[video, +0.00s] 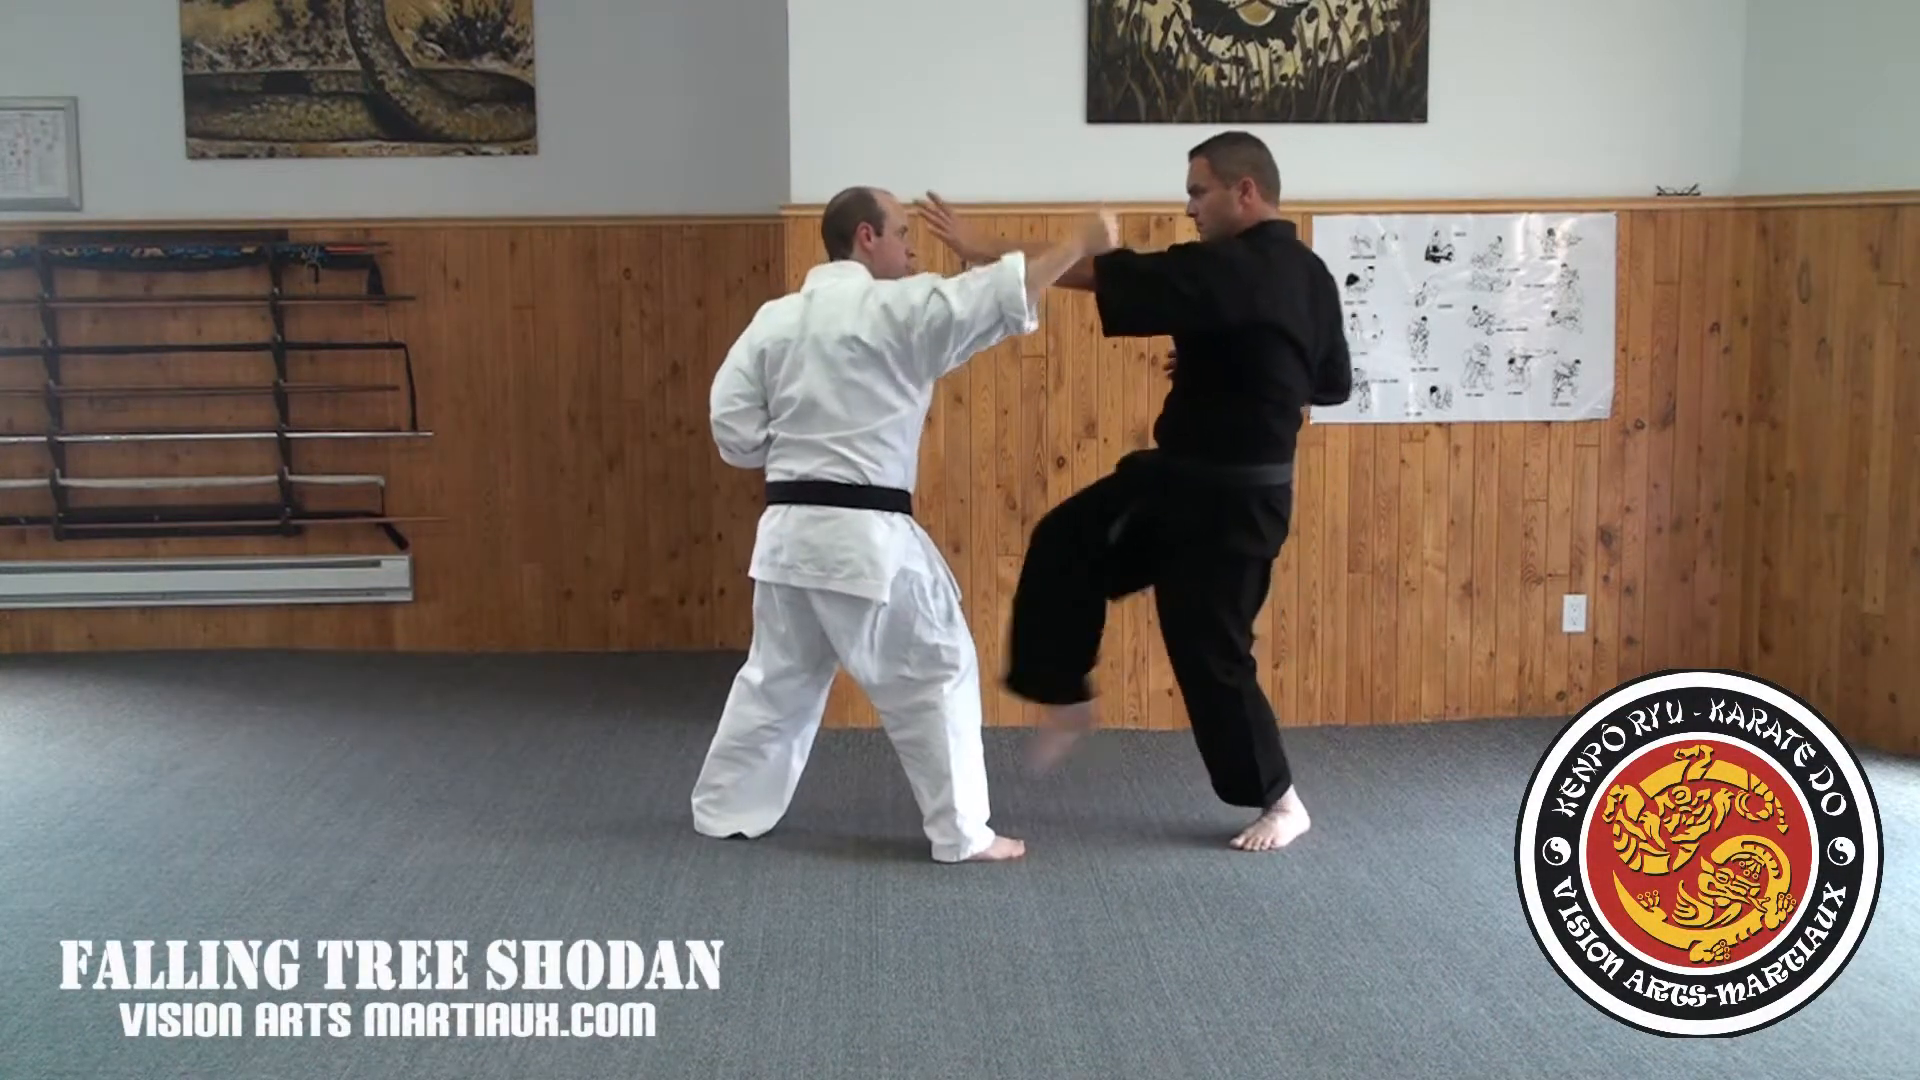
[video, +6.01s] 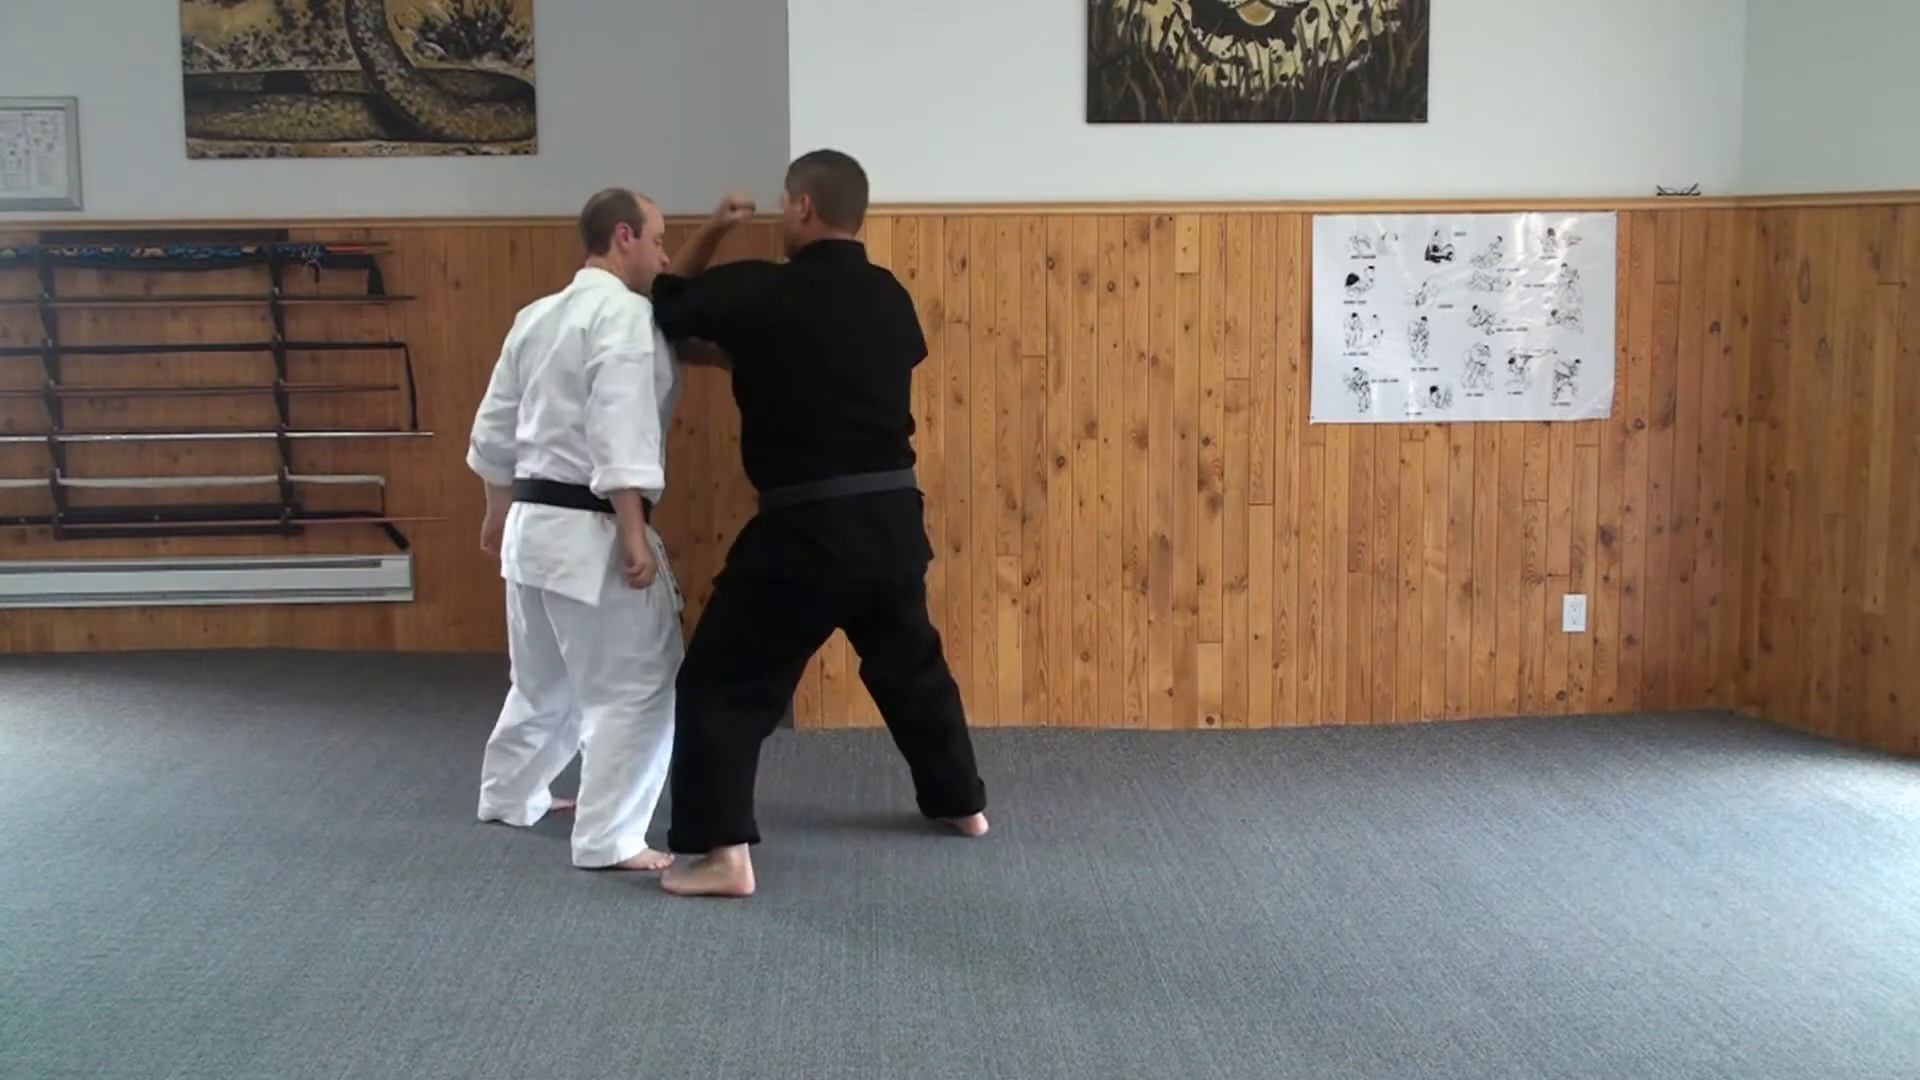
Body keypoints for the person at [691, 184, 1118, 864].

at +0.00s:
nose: (911, 249)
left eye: (910, 235)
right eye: (903, 236)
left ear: (841, 243)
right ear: (866, 240)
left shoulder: (775, 316)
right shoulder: (903, 305)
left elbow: (730, 416)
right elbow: (991, 293)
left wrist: (783, 462)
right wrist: (1079, 246)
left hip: (784, 529)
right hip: (869, 534)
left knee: (774, 675)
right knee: (935, 673)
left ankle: (722, 812)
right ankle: (962, 833)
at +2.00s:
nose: (844, 260)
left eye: (839, 247)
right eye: (835, 248)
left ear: (781, 264)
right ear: (807, 257)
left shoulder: (739, 355)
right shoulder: (843, 337)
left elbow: (728, 477)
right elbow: (879, 451)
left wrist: (793, 496)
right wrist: (924, 535)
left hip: (794, 551)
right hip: (871, 545)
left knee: (788, 677)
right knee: (958, 666)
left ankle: (723, 807)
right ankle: (965, 830)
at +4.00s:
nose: (835, 262)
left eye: (833, 248)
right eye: (826, 248)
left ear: (775, 256)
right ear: (790, 253)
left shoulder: (714, 351)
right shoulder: (813, 343)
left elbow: (703, 463)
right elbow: (841, 458)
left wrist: (761, 505)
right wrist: (882, 547)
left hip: (768, 549)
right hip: (837, 546)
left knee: (782, 677)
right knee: (932, 664)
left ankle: (721, 807)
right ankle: (963, 831)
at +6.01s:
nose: (664, 253)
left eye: (664, 239)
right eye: (658, 239)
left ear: (598, 243)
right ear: (624, 240)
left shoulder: (536, 315)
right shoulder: (626, 316)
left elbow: (494, 427)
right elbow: (620, 426)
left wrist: (497, 505)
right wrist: (634, 529)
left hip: (529, 527)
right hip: (595, 530)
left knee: (543, 683)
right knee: (640, 685)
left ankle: (510, 798)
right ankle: (611, 840)